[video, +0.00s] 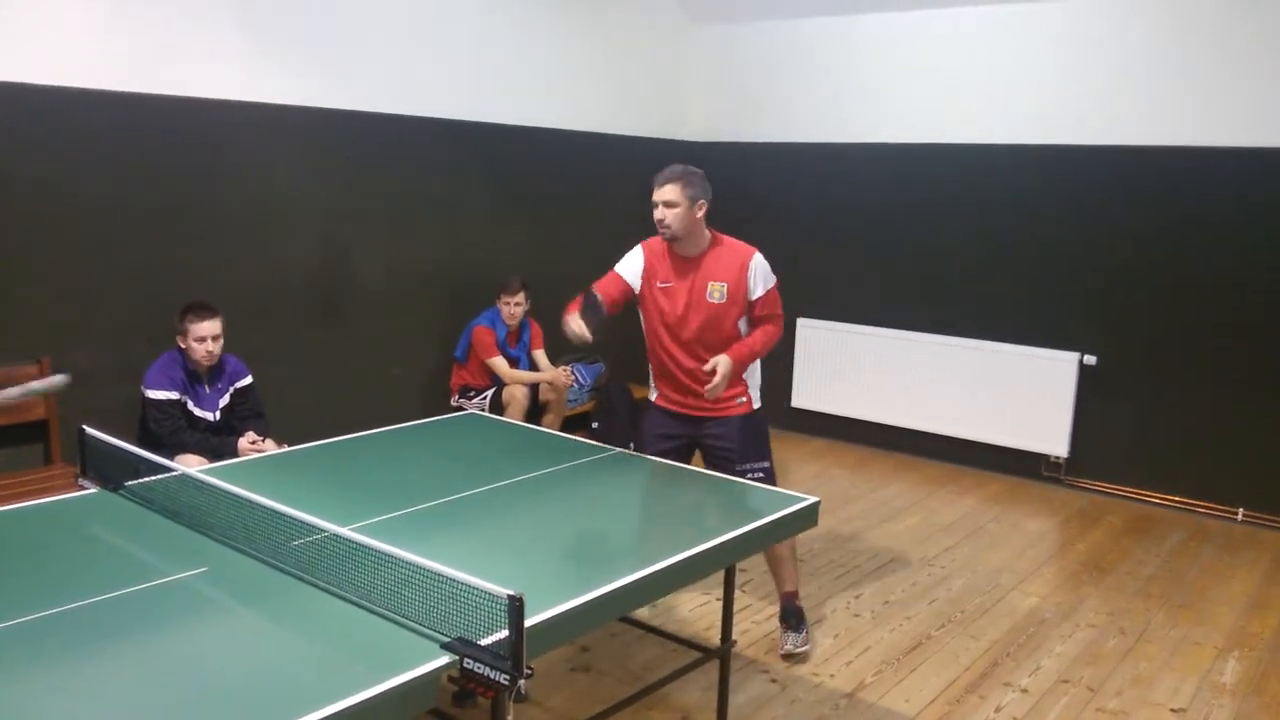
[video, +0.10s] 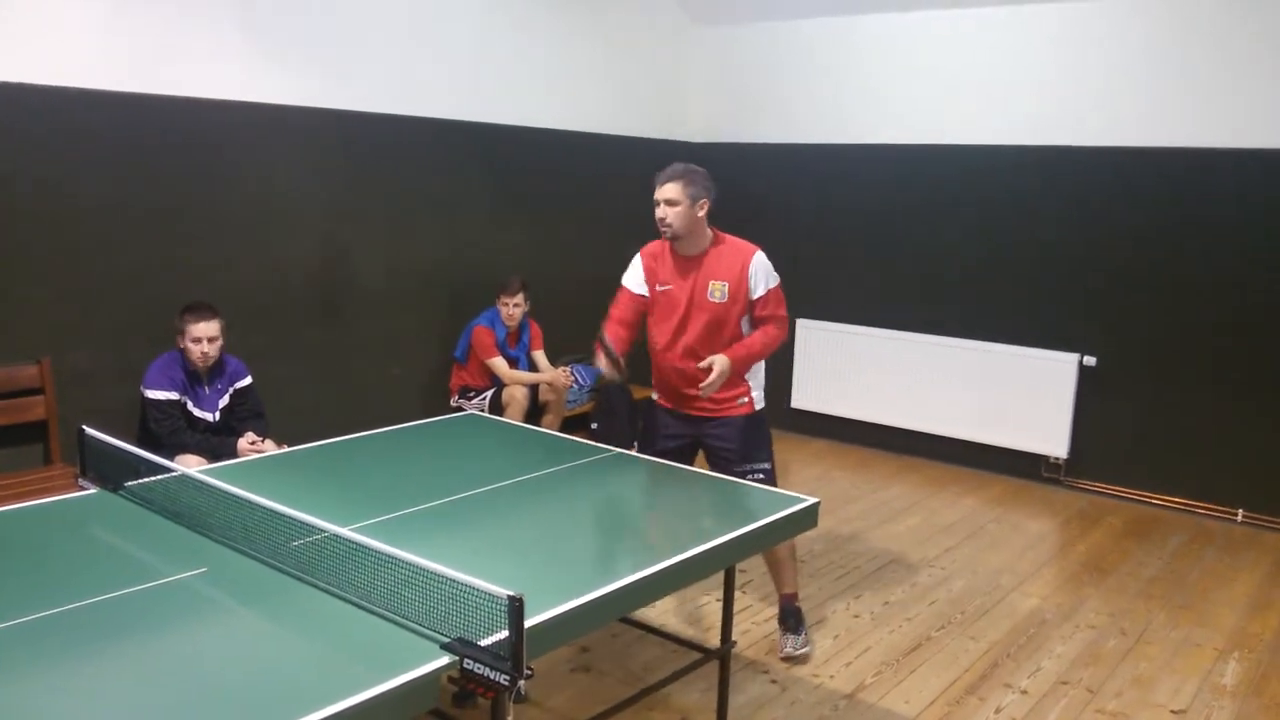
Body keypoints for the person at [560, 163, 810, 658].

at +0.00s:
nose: (658, 216)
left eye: (668, 207)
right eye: (655, 206)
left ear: (699, 209)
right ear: (656, 209)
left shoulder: (745, 261)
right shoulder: (647, 255)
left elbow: (771, 324)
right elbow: (599, 296)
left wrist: (734, 358)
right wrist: (577, 316)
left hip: (732, 412)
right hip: (667, 408)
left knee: (763, 507)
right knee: (639, 497)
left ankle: (791, 611)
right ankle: (623, 584)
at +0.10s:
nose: (659, 213)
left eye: (669, 204)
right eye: (656, 204)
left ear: (702, 207)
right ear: (657, 208)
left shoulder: (747, 260)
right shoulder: (648, 260)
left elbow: (775, 326)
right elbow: (620, 323)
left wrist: (731, 358)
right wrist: (607, 358)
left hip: (734, 413)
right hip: (667, 408)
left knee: (763, 507)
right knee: (642, 501)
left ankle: (790, 612)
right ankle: (618, 588)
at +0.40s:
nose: (688, 215)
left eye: (699, 206)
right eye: (686, 206)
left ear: (733, 211)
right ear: (688, 211)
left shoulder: (776, 270)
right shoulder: (688, 267)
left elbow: (791, 350)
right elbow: (691, 334)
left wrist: (726, 385)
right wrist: (692, 375)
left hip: (775, 426)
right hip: (716, 420)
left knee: (785, 522)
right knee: (690, 509)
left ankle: (794, 617)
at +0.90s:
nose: (690, 259)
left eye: (697, 248)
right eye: (686, 250)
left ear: (727, 236)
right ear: (687, 244)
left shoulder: (788, 274)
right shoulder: (695, 287)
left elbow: (826, 347)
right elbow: (697, 352)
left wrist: (794, 414)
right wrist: (712, 404)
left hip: (807, 407)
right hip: (745, 408)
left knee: (818, 508)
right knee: (717, 496)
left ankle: (825, 619)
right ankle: (715, 582)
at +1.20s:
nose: (775, 312)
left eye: (781, 303)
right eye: (765, 306)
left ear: (793, 282)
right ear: (747, 287)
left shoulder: (828, 282)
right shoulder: (715, 290)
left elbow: (862, 321)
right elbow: (675, 312)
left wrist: (884, 361)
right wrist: (655, 349)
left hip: (829, 387)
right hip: (761, 398)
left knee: (894, 459)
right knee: (736, 489)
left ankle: (947, 546)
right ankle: (717, 579)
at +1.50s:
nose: (947, 277)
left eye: (954, 270)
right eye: (949, 267)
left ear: (930, 246)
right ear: (928, 247)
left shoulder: (908, 277)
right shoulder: (851, 267)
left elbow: (878, 322)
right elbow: (775, 293)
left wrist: (896, 359)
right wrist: (739, 354)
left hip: (868, 407)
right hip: (808, 408)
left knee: (922, 492)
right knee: (765, 503)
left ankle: (935, 601)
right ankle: (719, 584)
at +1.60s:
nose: (995, 289)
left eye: (1001, 282)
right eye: (997, 278)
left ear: (977, 264)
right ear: (974, 261)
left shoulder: (946, 303)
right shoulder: (909, 278)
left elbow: (914, 350)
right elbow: (836, 305)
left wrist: (940, 390)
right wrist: (844, 371)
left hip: (886, 424)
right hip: (831, 417)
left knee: (940, 509)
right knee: (786, 511)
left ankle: (935, 614)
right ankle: (718, 581)